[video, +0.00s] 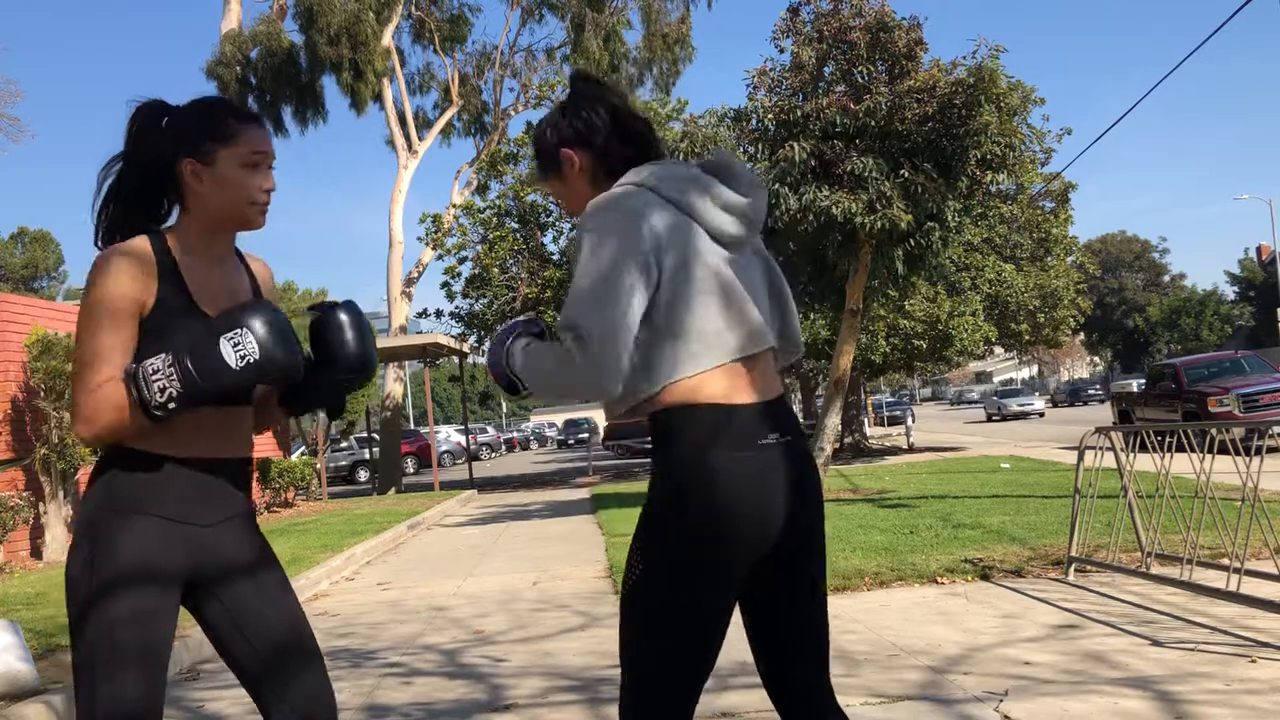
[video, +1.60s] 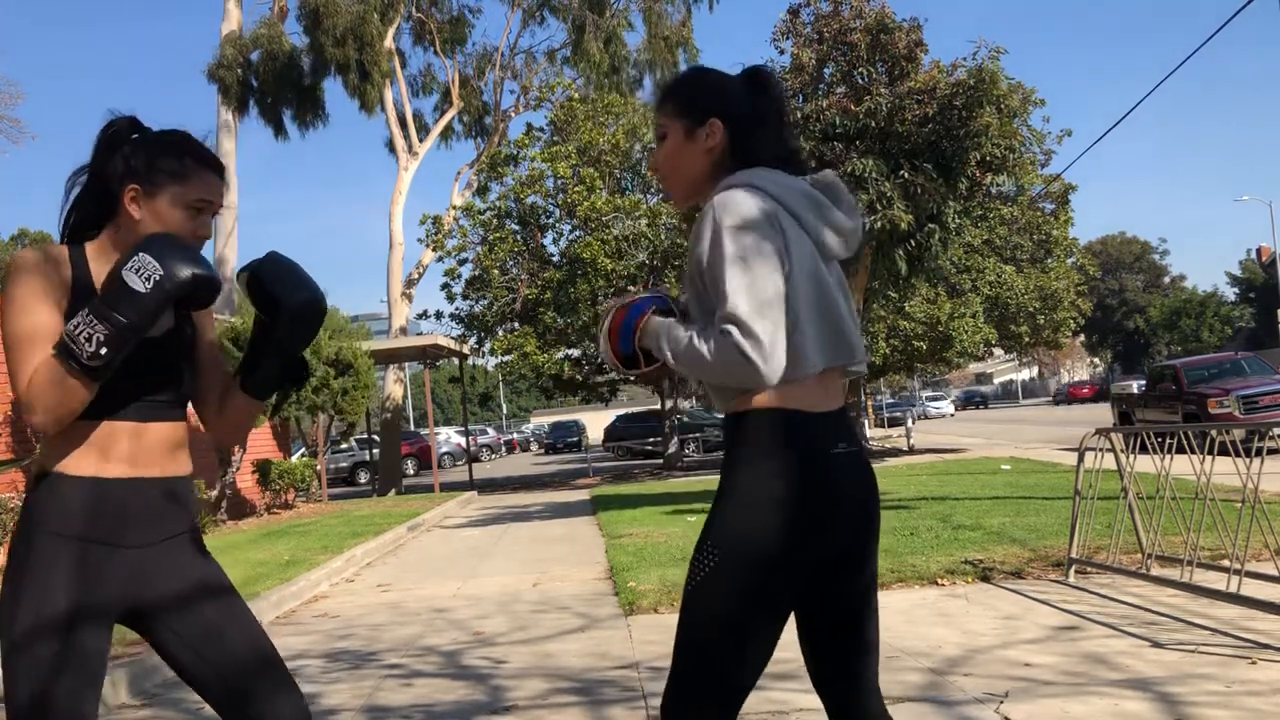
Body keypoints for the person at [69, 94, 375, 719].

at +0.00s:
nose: (272, 184)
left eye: (271, 167)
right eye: (256, 166)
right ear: (195, 173)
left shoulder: (256, 275)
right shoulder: (129, 264)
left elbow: (253, 414)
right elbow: (90, 419)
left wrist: (313, 384)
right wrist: (191, 370)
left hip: (229, 518)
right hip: (135, 513)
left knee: (309, 704)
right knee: (121, 710)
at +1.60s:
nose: (208, 231)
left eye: (213, 216)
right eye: (197, 211)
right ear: (135, 201)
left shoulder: (187, 300)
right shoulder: (41, 270)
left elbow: (226, 425)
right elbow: (43, 413)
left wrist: (277, 345)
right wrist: (116, 316)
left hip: (172, 540)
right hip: (66, 540)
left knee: (280, 708)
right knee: (49, 710)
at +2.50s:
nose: (204, 227)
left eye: (206, 211)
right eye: (190, 207)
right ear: (127, 205)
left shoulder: (193, 297)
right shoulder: (41, 277)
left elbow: (252, 425)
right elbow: (49, 422)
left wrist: (276, 340)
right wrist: (108, 317)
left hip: (190, 541)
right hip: (82, 546)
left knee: (323, 697)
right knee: (70, 709)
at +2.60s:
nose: (211, 204)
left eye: (212, 188)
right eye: (195, 186)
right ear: (131, 188)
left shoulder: (220, 267)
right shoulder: (62, 271)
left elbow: (342, 322)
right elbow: (48, 421)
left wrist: (351, 255)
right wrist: (90, 312)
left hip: (208, 529)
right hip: (99, 533)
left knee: (313, 706)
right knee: (79, 711)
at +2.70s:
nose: (226, 209)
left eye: (230, 192)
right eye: (211, 191)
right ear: (145, 190)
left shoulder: (246, 250)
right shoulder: (82, 275)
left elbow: (379, 229)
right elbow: (87, 426)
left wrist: (460, 165)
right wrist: (110, 318)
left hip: (221, 533)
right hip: (113, 531)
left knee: (314, 703)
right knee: (82, 707)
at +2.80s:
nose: (231, 217)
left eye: (236, 201)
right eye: (217, 199)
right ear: (152, 194)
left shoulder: (246, 254)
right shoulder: (83, 277)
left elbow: (378, 253)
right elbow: (93, 429)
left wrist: (434, 186)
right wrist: (120, 323)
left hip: (225, 535)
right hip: (116, 533)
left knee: (326, 707)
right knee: (80, 711)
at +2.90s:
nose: (229, 225)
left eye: (234, 208)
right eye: (216, 206)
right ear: (151, 199)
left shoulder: (232, 273)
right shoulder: (74, 279)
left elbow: (339, 360)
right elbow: (76, 436)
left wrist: (360, 274)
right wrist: (112, 327)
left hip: (224, 536)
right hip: (115, 537)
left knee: (330, 707)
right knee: (83, 711)